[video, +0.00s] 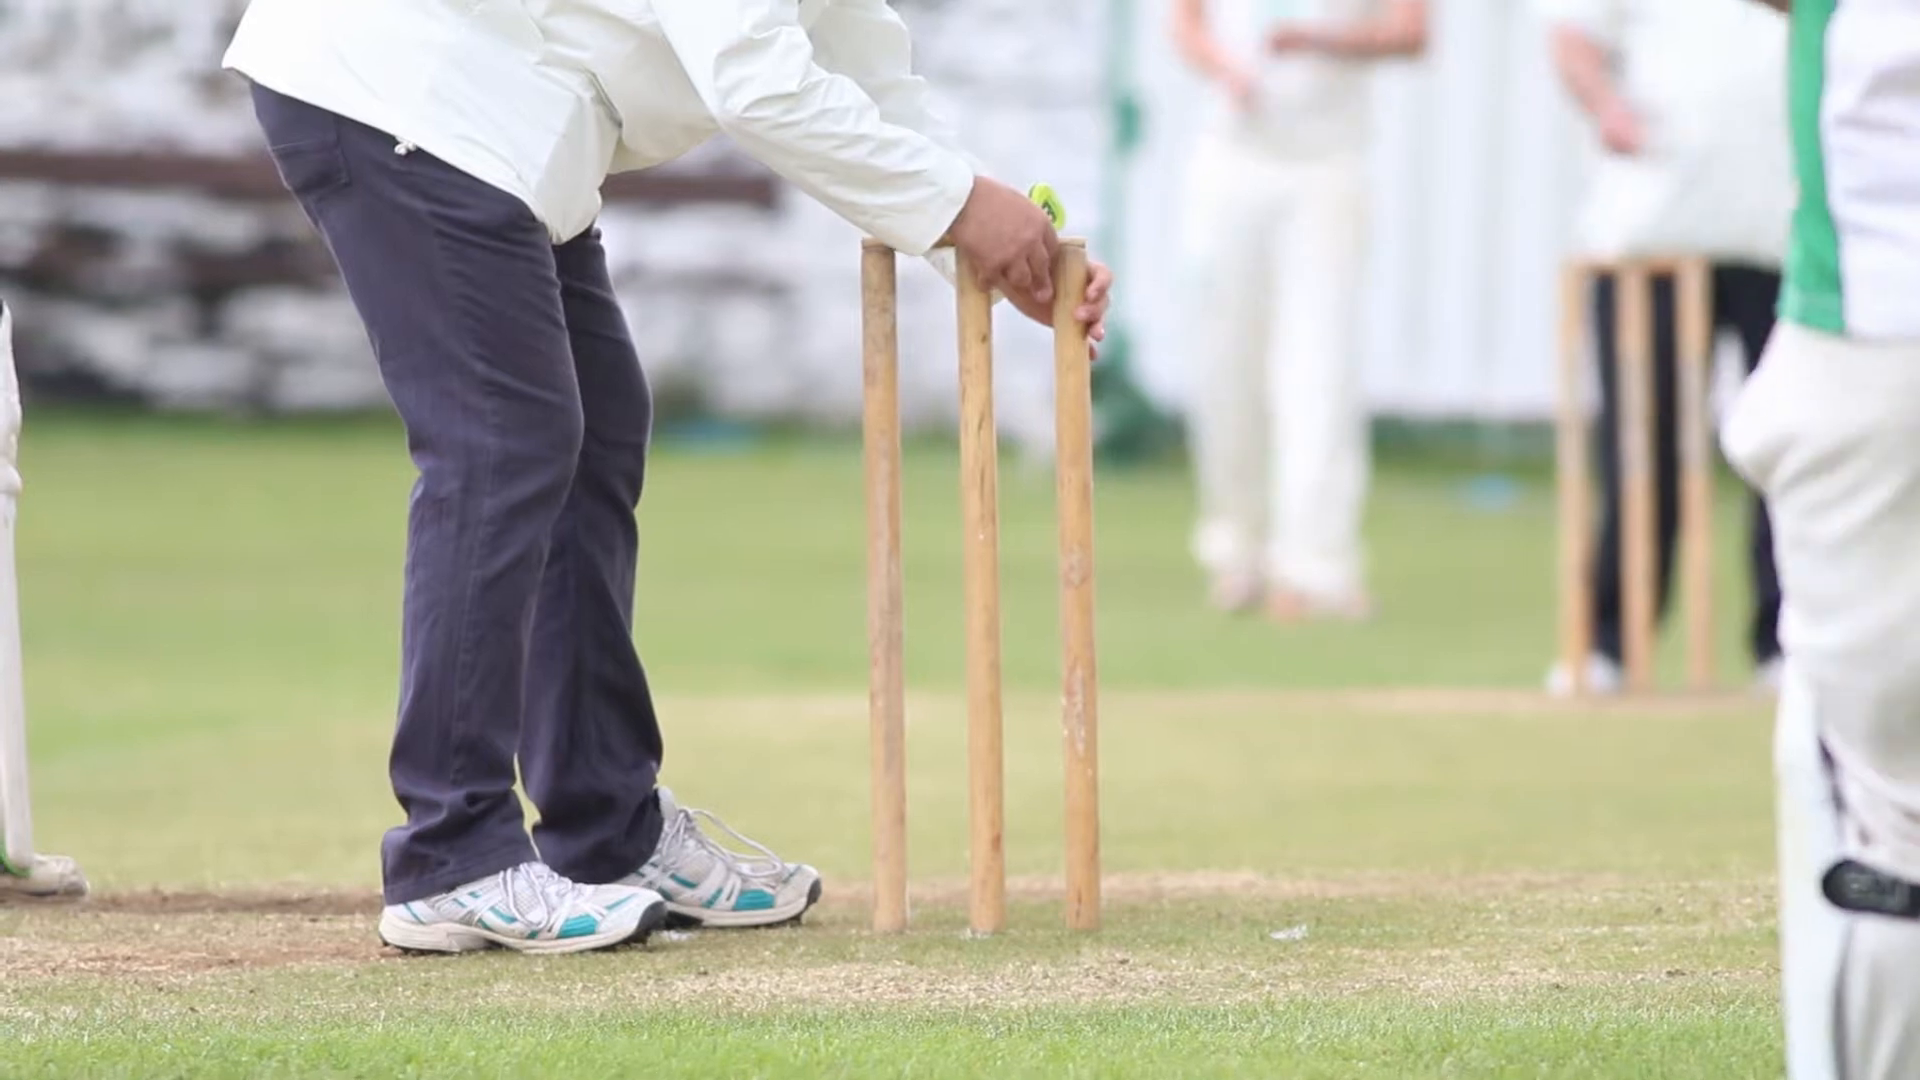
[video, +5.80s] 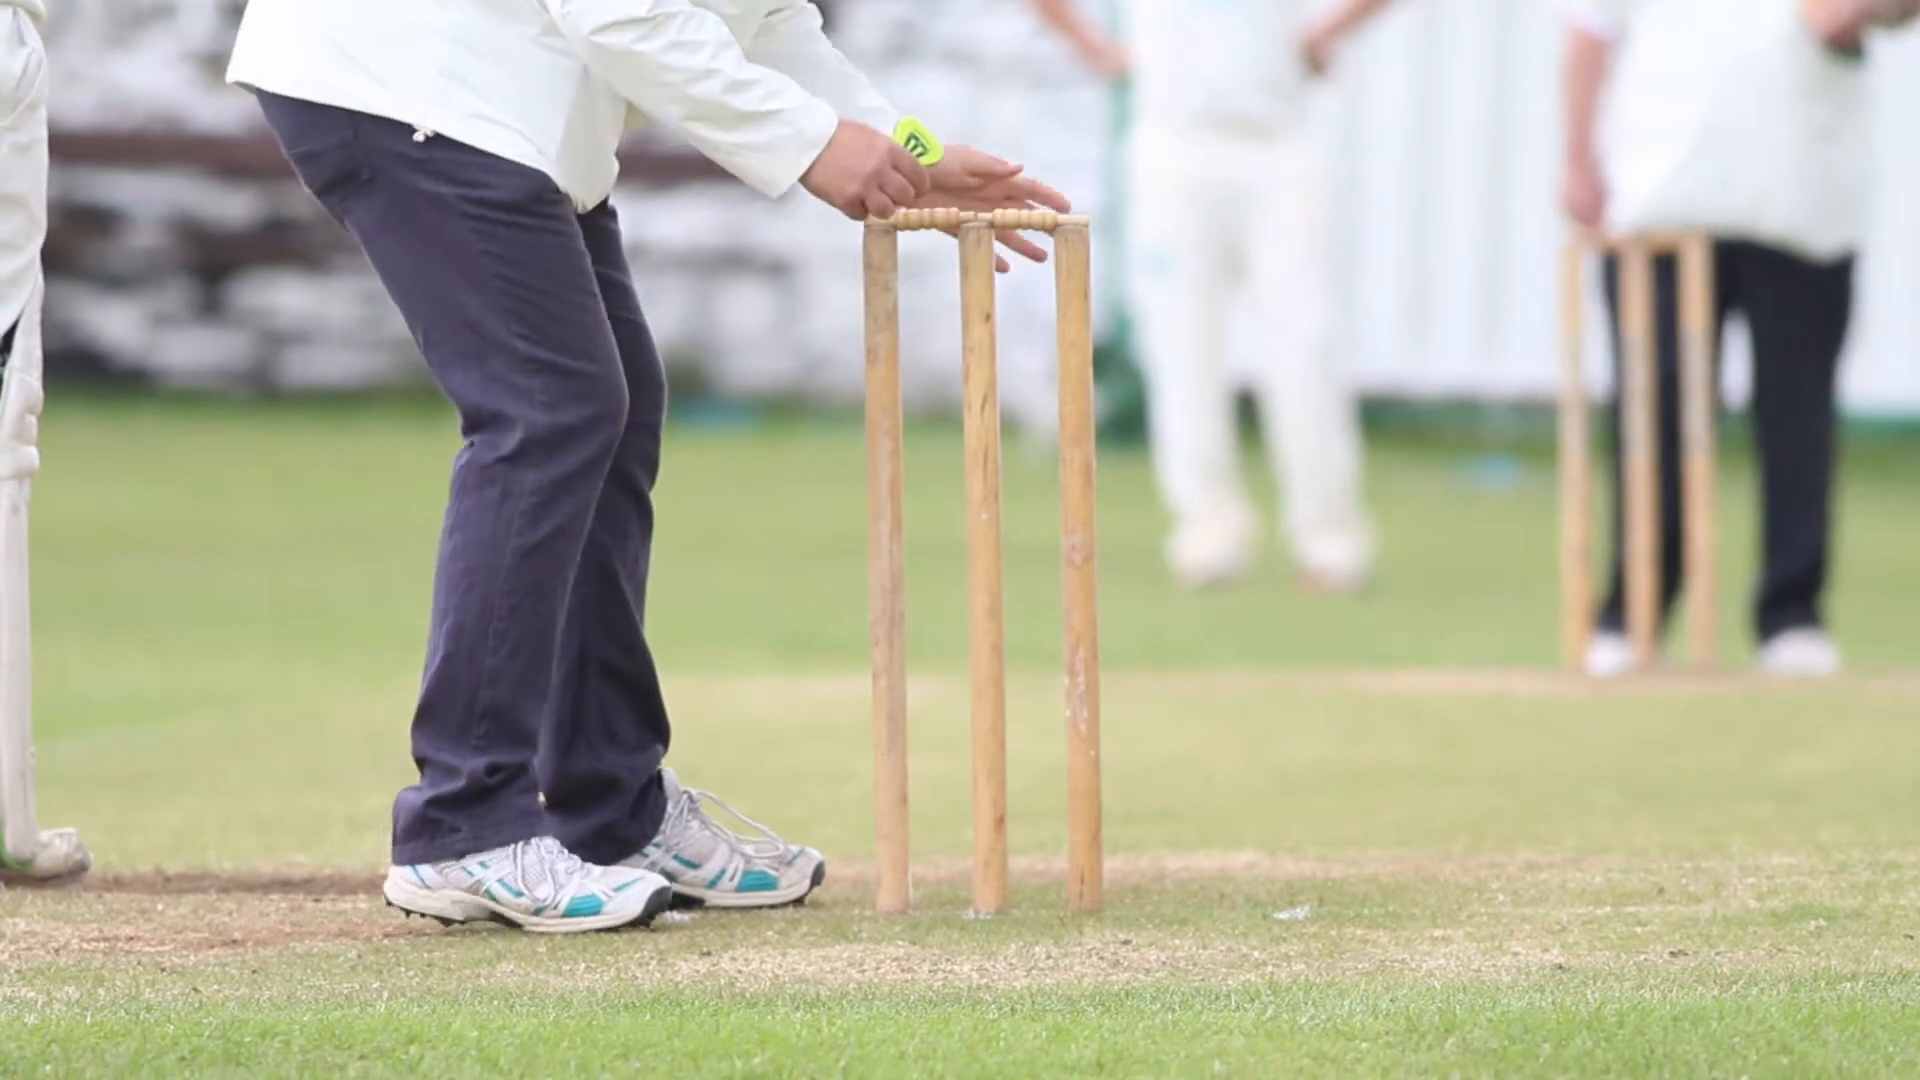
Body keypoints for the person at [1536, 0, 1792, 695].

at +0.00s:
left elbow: (1851, 46)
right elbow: (1573, 30)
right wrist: (1609, 106)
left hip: (1783, 225)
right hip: (1647, 225)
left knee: (1789, 458)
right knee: (1640, 455)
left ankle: (1784, 650)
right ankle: (1607, 648)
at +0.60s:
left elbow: (1877, 7)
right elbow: (1531, 16)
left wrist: (1823, 36)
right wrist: (1608, 70)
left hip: (1778, 192)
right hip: (1634, 191)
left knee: (1779, 438)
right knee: (1623, 435)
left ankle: (1788, 645)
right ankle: (1605, 647)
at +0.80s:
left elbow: (1864, 8)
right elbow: (1504, 11)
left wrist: (1811, 26)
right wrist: (1518, 16)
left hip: (1757, 192)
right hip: (1616, 192)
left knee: (1769, 439)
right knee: (1618, 442)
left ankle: (1787, 643)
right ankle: (1602, 648)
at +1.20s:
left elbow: (1850, 9)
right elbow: (1499, 14)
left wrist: (1806, 19)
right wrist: (1531, 77)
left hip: (1747, 198)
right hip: (1606, 201)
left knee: (1762, 437)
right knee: (1611, 443)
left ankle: (1784, 640)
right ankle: (1601, 645)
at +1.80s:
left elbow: (1893, 9)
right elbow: (1571, 36)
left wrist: (1859, 18)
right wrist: (1571, 181)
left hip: (1800, 210)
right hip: (1652, 209)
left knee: (1794, 449)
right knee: (1640, 445)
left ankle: (1791, 639)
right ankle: (1606, 642)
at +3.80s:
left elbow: (1862, 10)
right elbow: (1540, 27)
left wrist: (1816, 12)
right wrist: (1539, 168)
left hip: (1765, 194)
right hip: (1627, 196)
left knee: (1773, 424)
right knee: (1639, 433)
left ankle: (1787, 627)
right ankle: (1651, 635)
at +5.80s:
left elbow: (1895, 13)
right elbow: (1591, 22)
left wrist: (1864, 10)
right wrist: (1580, 157)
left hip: (1808, 193)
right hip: (1662, 187)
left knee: (1797, 428)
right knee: (1652, 425)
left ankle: (1793, 622)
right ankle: (1627, 622)